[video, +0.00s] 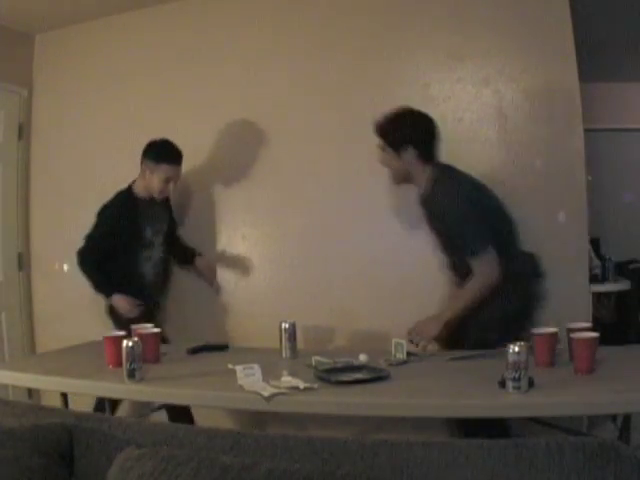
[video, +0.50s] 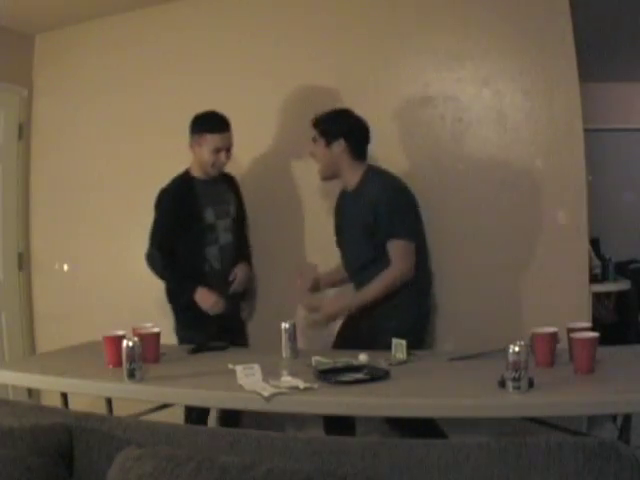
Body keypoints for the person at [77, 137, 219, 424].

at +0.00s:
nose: (170, 188)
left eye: (174, 181)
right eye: (166, 180)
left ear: (175, 177)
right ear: (146, 171)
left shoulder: (162, 206)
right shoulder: (118, 209)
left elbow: (170, 242)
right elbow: (87, 257)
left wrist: (194, 259)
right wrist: (113, 295)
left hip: (153, 304)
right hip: (127, 307)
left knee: (120, 376)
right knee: (166, 371)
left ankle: (92, 432)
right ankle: (189, 439)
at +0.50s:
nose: (224, 158)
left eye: (228, 150)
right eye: (217, 151)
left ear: (231, 147)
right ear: (194, 147)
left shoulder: (229, 186)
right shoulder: (173, 195)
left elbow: (240, 233)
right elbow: (157, 256)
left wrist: (244, 262)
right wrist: (194, 291)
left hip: (230, 306)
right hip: (193, 312)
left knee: (234, 390)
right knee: (198, 394)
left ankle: (229, 459)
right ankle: (194, 462)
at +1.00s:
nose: (269, 133)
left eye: (274, 126)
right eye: (259, 129)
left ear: (284, 134)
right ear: (247, 139)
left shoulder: (311, 182)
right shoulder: (236, 193)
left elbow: (334, 220)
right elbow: (232, 250)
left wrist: (325, 164)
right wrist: (224, 275)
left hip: (303, 305)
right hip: (255, 308)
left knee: (314, 389)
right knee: (241, 389)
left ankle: (318, 462)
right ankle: (246, 461)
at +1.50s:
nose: (253, 166)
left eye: (260, 157)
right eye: (245, 158)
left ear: (266, 151)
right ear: (226, 152)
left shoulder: (283, 189)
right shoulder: (207, 195)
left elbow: (295, 247)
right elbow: (205, 256)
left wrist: (273, 277)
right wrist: (227, 278)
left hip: (279, 305)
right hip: (233, 308)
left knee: (290, 386)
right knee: (235, 390)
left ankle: (299, 459)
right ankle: (241, 459)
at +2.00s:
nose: (294, 198)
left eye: (300, 189)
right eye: (285, 190)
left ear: (306, 177)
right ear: (263, 175)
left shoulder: (311, 208)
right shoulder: (236, 197)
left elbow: (343, 264)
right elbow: (223, 244)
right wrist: (235, 280)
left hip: (295, 317)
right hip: (246, 315)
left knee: (299, 398)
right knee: (235, 394)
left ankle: (301, 464)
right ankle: (242, 460)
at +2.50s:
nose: (271, 174)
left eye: (276, 165)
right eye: (262, 166)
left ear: (282, 158)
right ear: (241, 160)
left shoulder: (298, 198)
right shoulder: (221, 195)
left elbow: (319, 253)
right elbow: (216, 243)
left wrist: (343, 289)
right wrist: (222, 278)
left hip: (286, 313)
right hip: (237, 312)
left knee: (295, 393)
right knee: (223, 391)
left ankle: (301, 462)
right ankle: (228, 462)